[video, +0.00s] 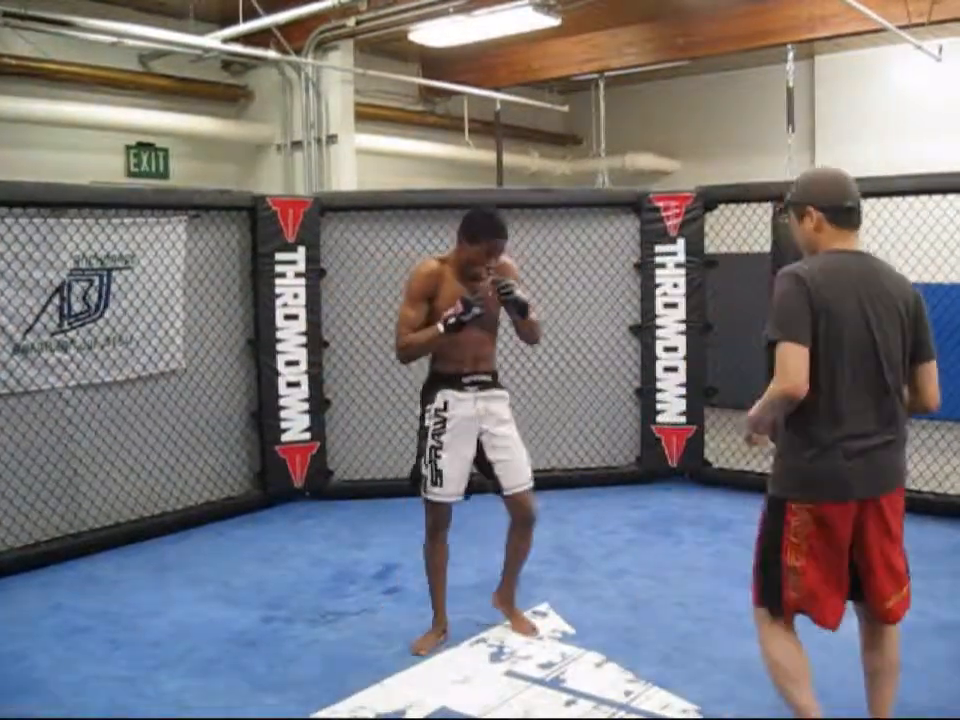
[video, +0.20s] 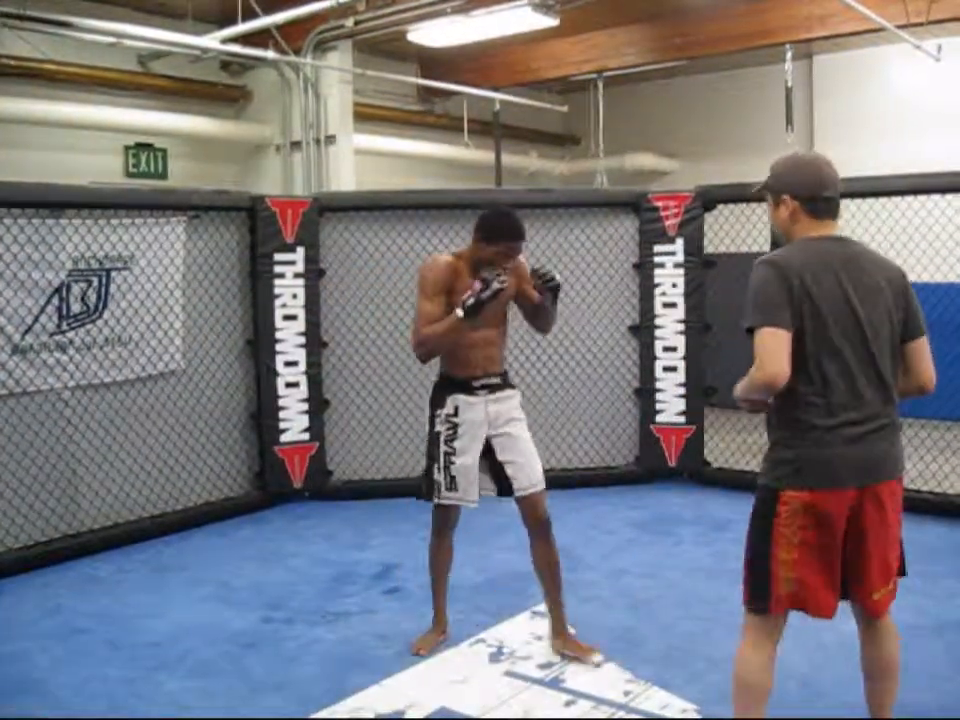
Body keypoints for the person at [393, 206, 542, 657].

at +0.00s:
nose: (487, 265)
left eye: (494, 257)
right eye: (481, 257)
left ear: (501, 251)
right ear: (462, 244)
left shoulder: (502, 270)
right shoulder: (429, 274)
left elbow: (532, 336)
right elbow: (404, 349)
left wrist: (514, 304)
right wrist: (446, 323)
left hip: (493, 398)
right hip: (446, 400)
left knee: (524, 510)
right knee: (438, 519)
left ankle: (506, 596)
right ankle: (439, 622)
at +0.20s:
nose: (509, 264)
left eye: (513, 257)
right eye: (504, 256)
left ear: (513, 251)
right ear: (480, 244)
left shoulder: (513, 267)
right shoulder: (440, 270)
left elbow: (541, 324)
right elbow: (422, 345)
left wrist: (548, 301)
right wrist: (470, 308)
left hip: (504, 397)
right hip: (457, 402)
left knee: (538, 514)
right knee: (445, 515)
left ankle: (560, 632)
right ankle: (439, 624)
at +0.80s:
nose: (552, 262)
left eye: (560, 254)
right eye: (544, 253)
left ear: (568, 253)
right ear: (522, 248)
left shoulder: (570, 276)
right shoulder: (490, 278)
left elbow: (601, 347)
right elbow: (471, 360)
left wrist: (583, 309)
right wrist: (512, 322)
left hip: (559, 414)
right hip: (505, 417)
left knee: (606, 533)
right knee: (480, 539)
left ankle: (590, 636)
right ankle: (482, 646)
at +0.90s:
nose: (559, 261)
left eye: (564, 252)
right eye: (550, 253)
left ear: (569, 248)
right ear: (524, 249)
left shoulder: (576, 275)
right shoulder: (495, 281)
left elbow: (634, 337)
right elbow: (477, 366)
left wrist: (606, 310)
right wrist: (516, 322)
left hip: (571, 418)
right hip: (514, 423)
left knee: (620, 535)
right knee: (485, 538)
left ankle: (626, 653)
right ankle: (480, 647)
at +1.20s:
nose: (596, 269)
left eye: (605, 258)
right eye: (587, 259)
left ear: (617, 245)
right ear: (566, 247)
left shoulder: (634, 270)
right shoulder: (543, 273)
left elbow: (653, 340)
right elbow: (535, 358)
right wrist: (551, 328)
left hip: (623, 411)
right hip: (566, 409)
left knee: (642, 549)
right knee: (530, 530)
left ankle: (657, 672)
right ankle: (524, 642)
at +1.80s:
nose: (606, 258)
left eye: (616, 248)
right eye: (597, 247)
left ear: (629, 242)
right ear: (577, 238)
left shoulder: (637, 274)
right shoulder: (550, 273)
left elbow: (658, 334)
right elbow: (527, 353)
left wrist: (617, 319)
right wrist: (572, 337)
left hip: (632, 418)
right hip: (576, 418)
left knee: (628, 533)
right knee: (567, 538)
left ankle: (628, 636)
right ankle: (581, 638)